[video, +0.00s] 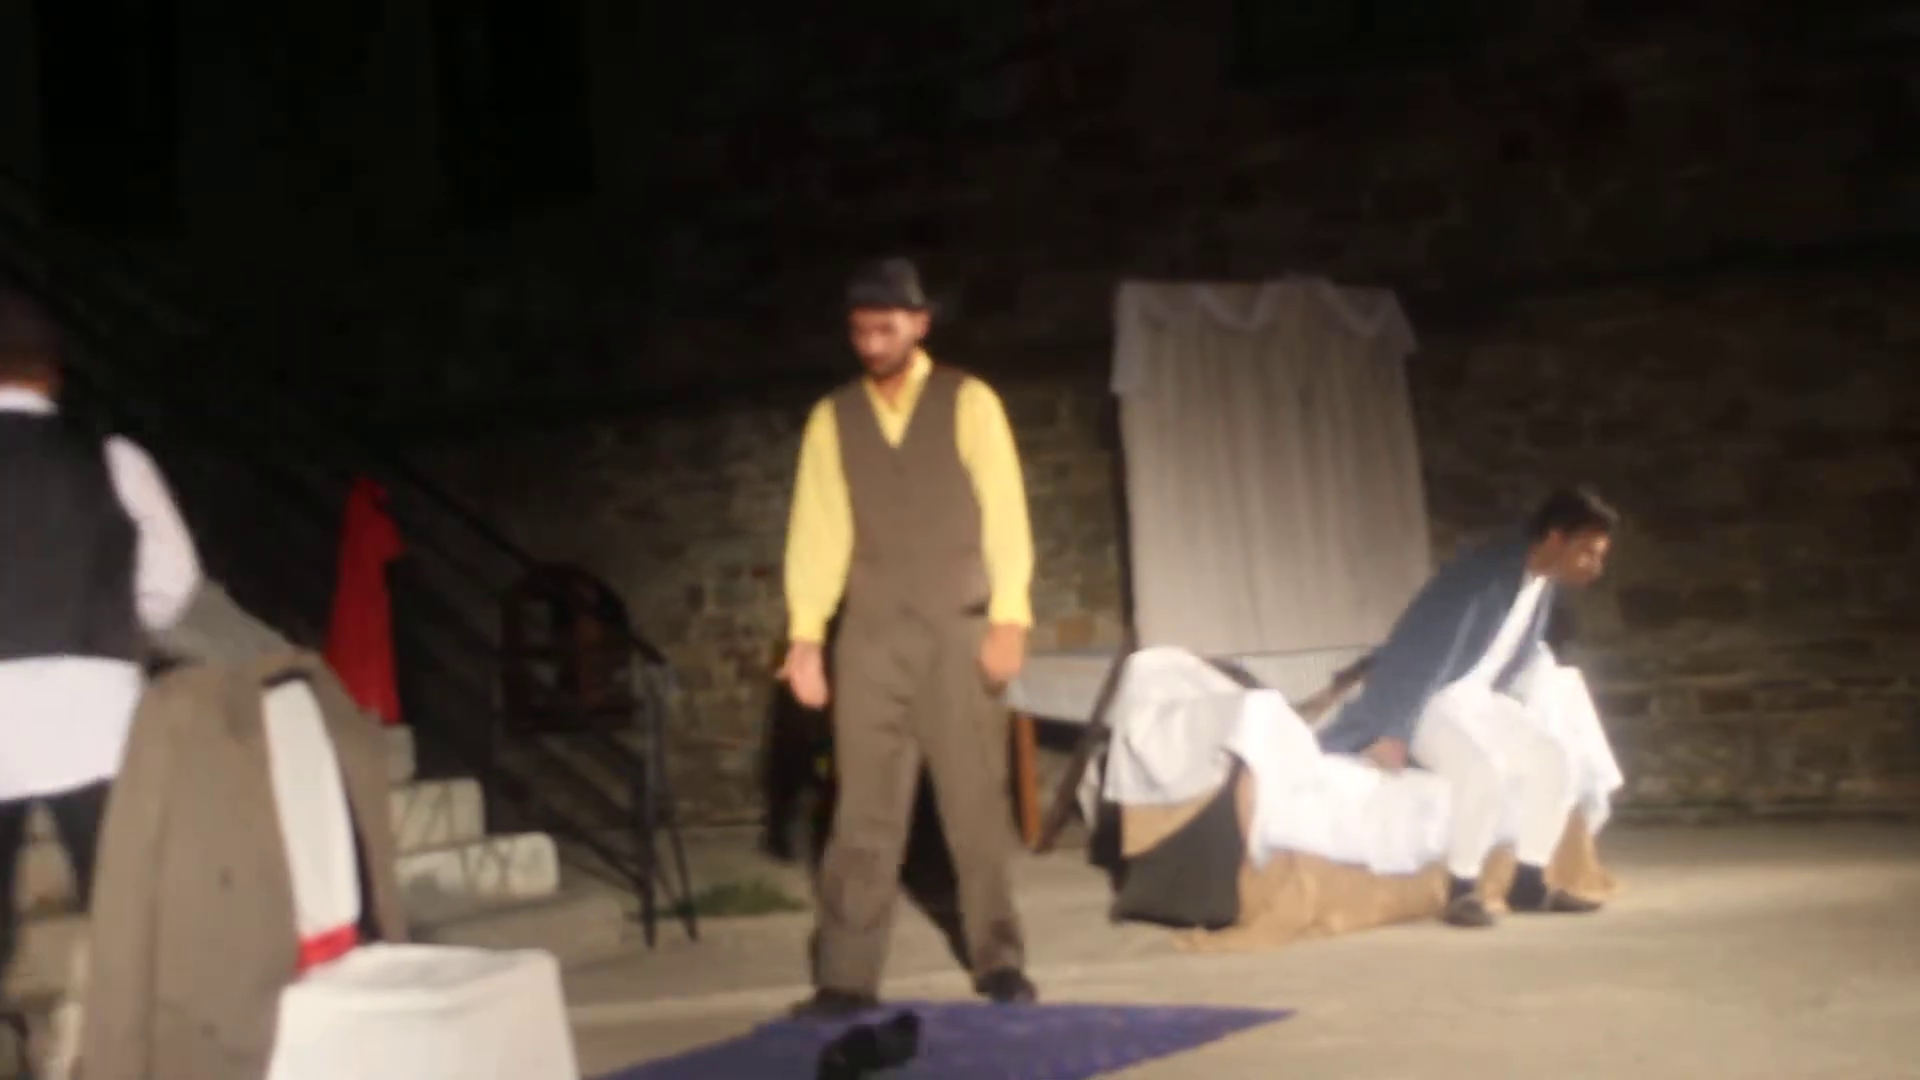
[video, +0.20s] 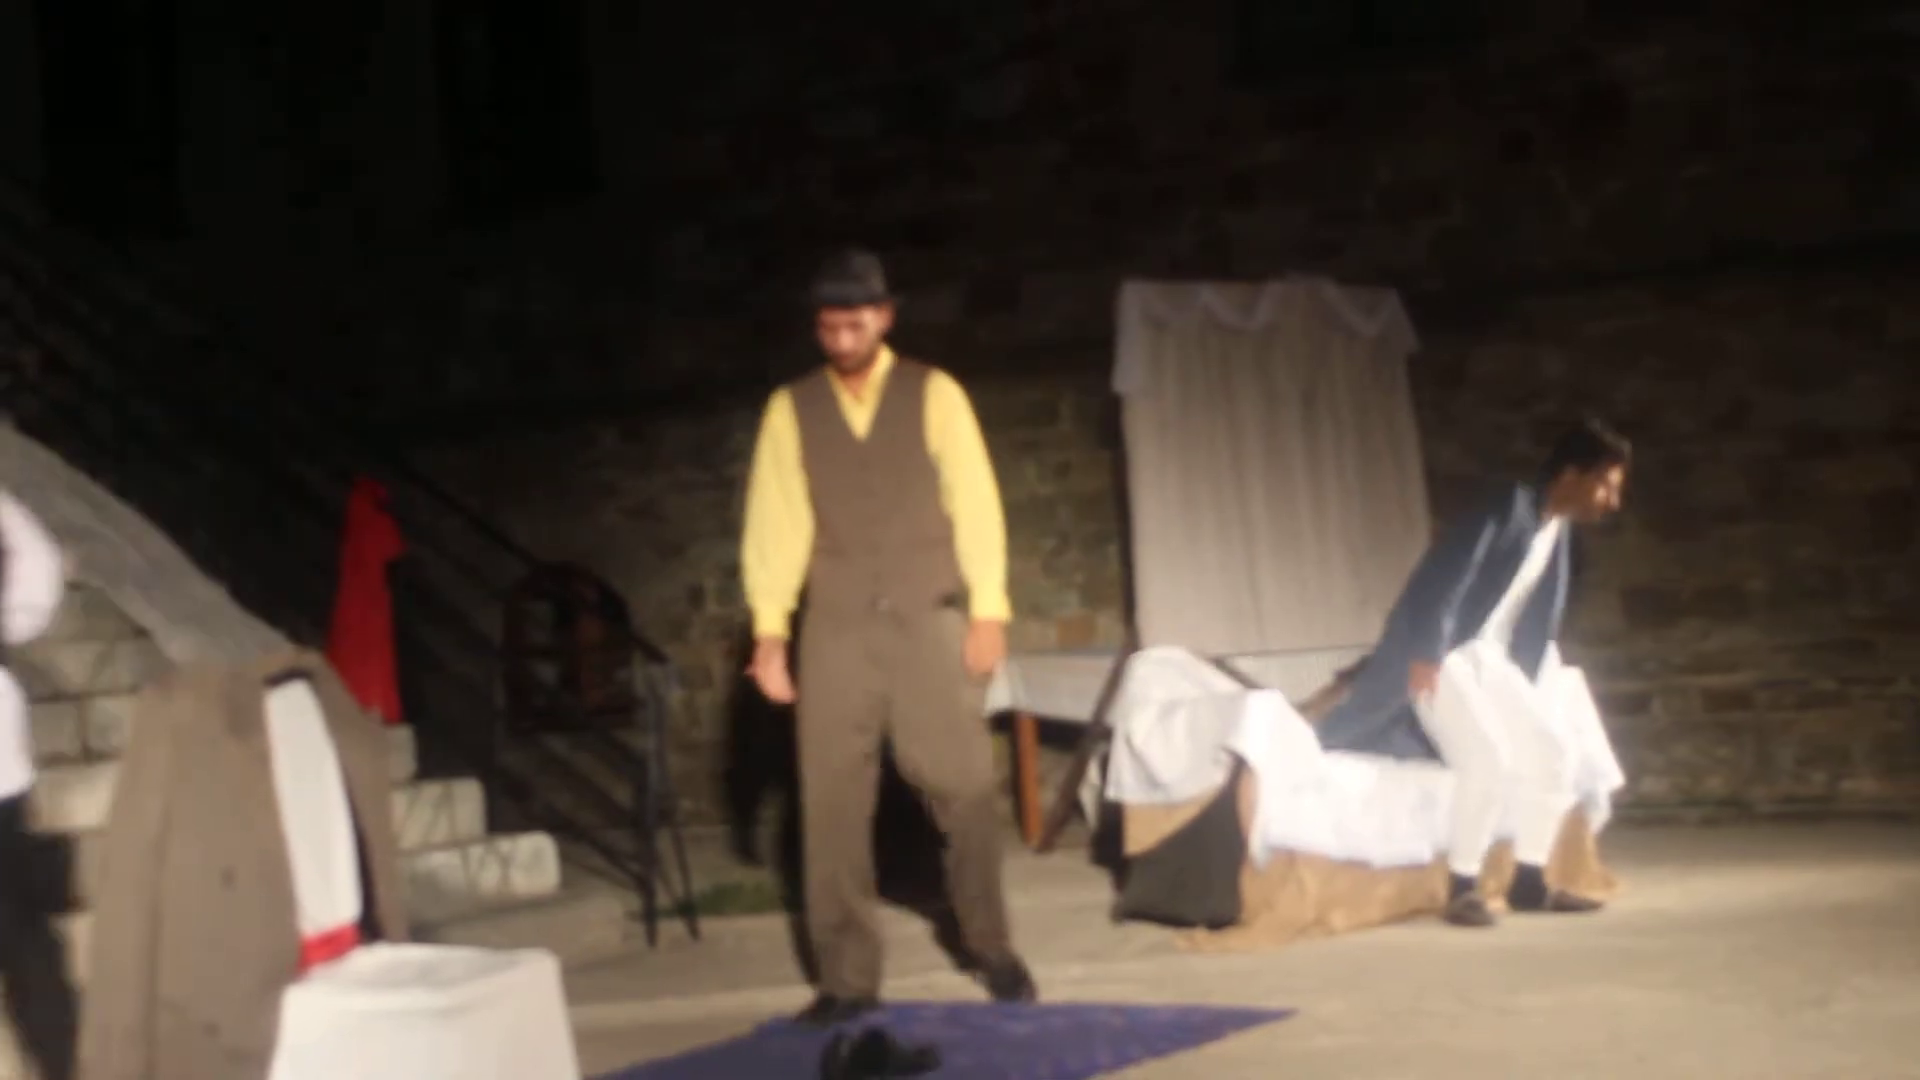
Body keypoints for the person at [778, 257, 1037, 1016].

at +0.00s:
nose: (873, 342)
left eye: (887, 327)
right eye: (862, 328)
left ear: (921, 325)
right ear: (848, 331)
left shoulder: (971, 404)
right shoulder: (832, 420)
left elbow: (1005, 513)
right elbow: (816, 531)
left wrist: (1009, 619)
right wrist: (806, 636)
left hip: (961, 632)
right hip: (868, 635)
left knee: (975, 810)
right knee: (863, 817)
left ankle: (999, 959)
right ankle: (845, 984)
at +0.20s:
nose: (846, 330)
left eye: (859, 314)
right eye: (832, 316)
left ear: (887, 316)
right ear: (815, 323)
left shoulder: (936, 396)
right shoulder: (790, 412)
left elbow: (977, 504)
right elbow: (775, 524)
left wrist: (989, 613)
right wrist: (770, 632)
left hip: (931, 626)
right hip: (833, 630)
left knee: (967, 787)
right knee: (832, 810)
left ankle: (988, 943)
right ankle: (846, 982)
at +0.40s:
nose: (835, 327)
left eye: (849, 311)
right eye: (822, 312)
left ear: (874, 312)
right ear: (802, 315)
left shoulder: (919, 387)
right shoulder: (768, 403)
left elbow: (961, 496)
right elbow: (748, 514)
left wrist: (973, 602)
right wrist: (748, 616)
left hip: (922, 622)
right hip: (824, 629)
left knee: (951, 786)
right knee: (841, 808)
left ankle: (953, 964)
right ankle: (848, 981)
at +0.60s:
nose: (844, 329)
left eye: (859, 313)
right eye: (831, 312)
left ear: (887, 312)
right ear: (812, 313)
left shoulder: (932, 386)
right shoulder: (782, 399)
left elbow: (972, 498)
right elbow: (757, 509)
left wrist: (982, 607)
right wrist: (758, 613)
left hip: (927, 624)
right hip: (829, 628)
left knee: (934, 801)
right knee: (849, 806)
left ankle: (952, 974)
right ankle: (858, 980)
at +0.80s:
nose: (830, 319)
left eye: (847, 305)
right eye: (827, 303)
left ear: (893, 308)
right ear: (826, 306)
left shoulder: (956, 390)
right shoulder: (803, 395)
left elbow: (992, 510)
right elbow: (774, 509)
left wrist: (999, 620)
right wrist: (768, 616)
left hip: (940, 631)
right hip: (837, 633)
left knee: (943, 809)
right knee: (848, 808)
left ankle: (950, 995)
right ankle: (855, 982)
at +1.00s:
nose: (833, 307)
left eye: (849, 293)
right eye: (832, 291)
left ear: (898, 295)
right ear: (847, 295)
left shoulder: (973, 381)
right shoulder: (819, 390)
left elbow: (1015, 501)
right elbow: (796, 509)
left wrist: (1023, 613)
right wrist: (786, 623)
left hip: (954, 622)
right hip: (851, 624)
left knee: (952, 813)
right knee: (824, 796)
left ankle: (952, 1000)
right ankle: (864, 971)